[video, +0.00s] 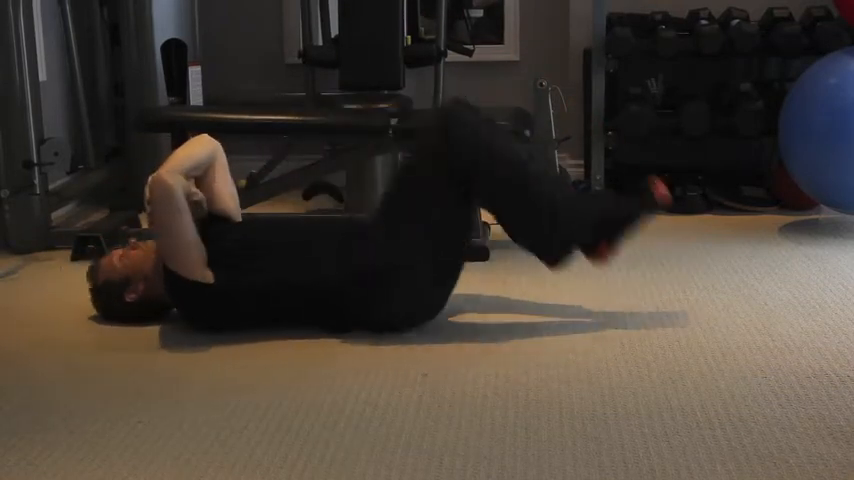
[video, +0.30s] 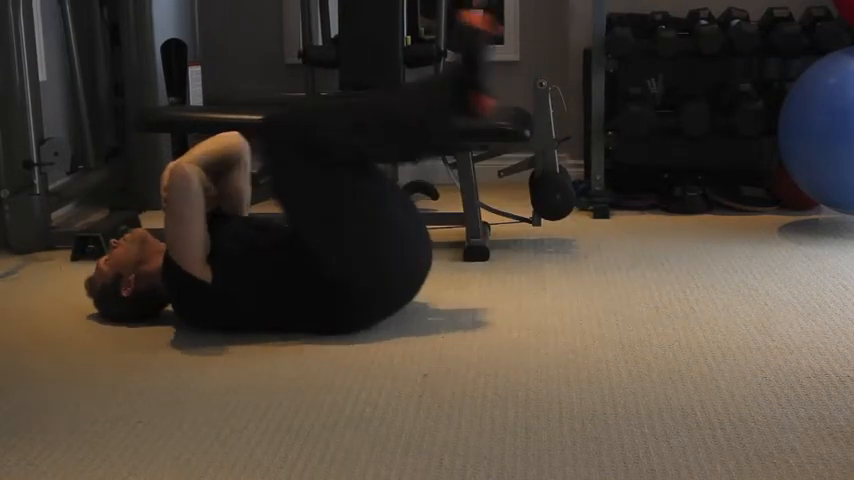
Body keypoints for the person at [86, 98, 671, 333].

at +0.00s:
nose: (129, 250)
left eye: (118, 252)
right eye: (119, 265)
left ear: (148, 266)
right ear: (138, 295)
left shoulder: (216, 254)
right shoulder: (197, 291)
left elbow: (210, 150)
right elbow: (168, 178)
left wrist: (188, 226)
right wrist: (181, 194)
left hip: (397, 264)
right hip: (387, 287)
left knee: (463, 128)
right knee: (455, 129)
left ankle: (578, 224)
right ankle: (576, 227)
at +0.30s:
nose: (117, 239)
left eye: (105, 247)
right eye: (111, 256)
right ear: (135, 283)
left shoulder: (216, 245)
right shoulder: (190, 292)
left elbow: (236, 146)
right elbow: (180, 175)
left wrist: (182, 178)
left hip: (391, 257)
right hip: (367, 276)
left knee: (289, 129)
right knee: (283, 132)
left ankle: (451, 102)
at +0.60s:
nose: (116, 244)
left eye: (106, 251)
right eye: (110, 257)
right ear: (134, 285)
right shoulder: (195, 292)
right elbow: (196, 166)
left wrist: (188, 171)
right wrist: (180, 177)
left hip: (388, 235)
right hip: (365, 248)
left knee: (240, 153)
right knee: (225, 149)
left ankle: (379, 75)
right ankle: (366, 75)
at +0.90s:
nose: (135, 243)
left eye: (122, 243)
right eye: (120, 258)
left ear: (143, 246)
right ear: (134, 293)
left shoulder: (217, 261)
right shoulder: (196, 298)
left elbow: (226, 152)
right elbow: (189, 178)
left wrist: (184, 186)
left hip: (394, 267)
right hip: (376, 286)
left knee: (339, 120)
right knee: (330, 123)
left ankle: (497, 134)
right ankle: (502, 128)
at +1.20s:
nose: (163, 259)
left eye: (154, 259)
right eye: (153, 269)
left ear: (172, 268)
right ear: (166, 300)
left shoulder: (235, 252)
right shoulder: (220, 295)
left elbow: (218, 149)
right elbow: (177, 181)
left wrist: (182, 181)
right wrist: (203, 201)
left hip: (422, 260)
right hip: (418, 286)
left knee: (503, 132)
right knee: (500, 140)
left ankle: (604, 257)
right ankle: (616, 261)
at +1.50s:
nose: (170, 259)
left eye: (162, 258)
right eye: (160, 268)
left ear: (179, 267)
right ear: (170, 300)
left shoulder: (240, 251)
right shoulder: (226, 296)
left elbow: (225, 146)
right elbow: (183, 184)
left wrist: (201, 228)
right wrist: (209, 228)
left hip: (427, 257)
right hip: (423, 286)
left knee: (511, 132)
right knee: (509, 141)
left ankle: (620, 258)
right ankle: (630, 262)